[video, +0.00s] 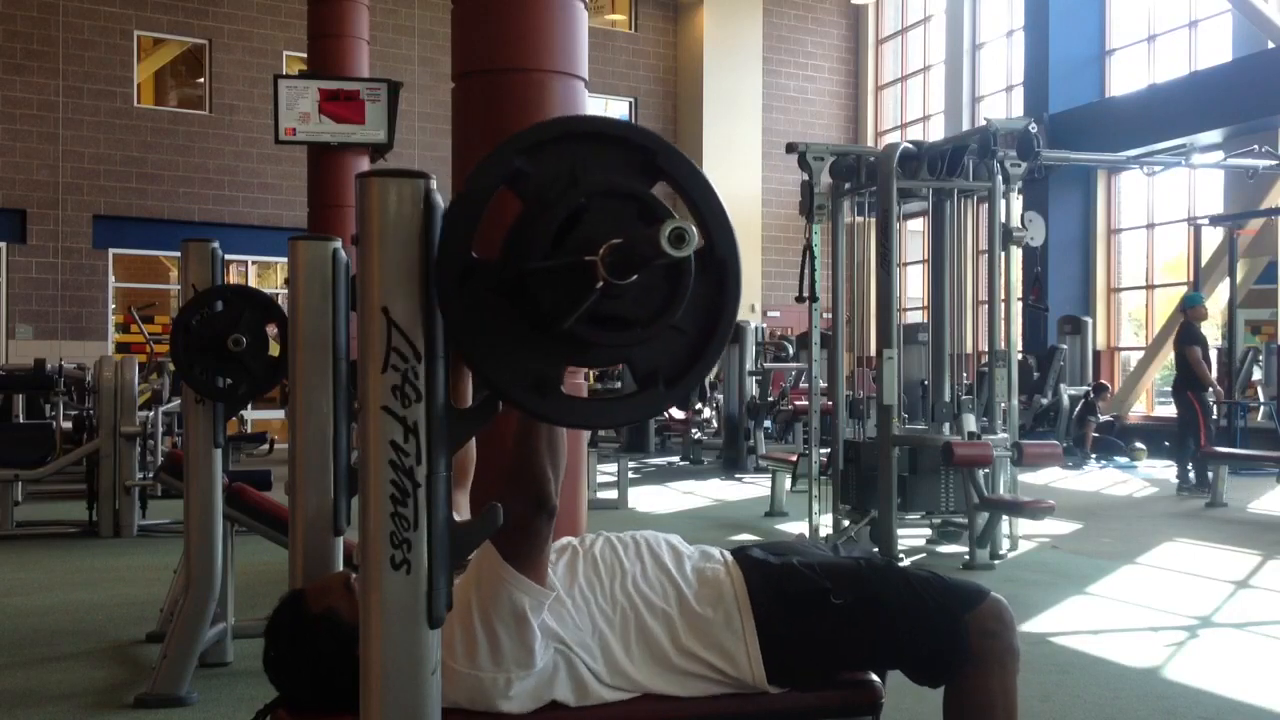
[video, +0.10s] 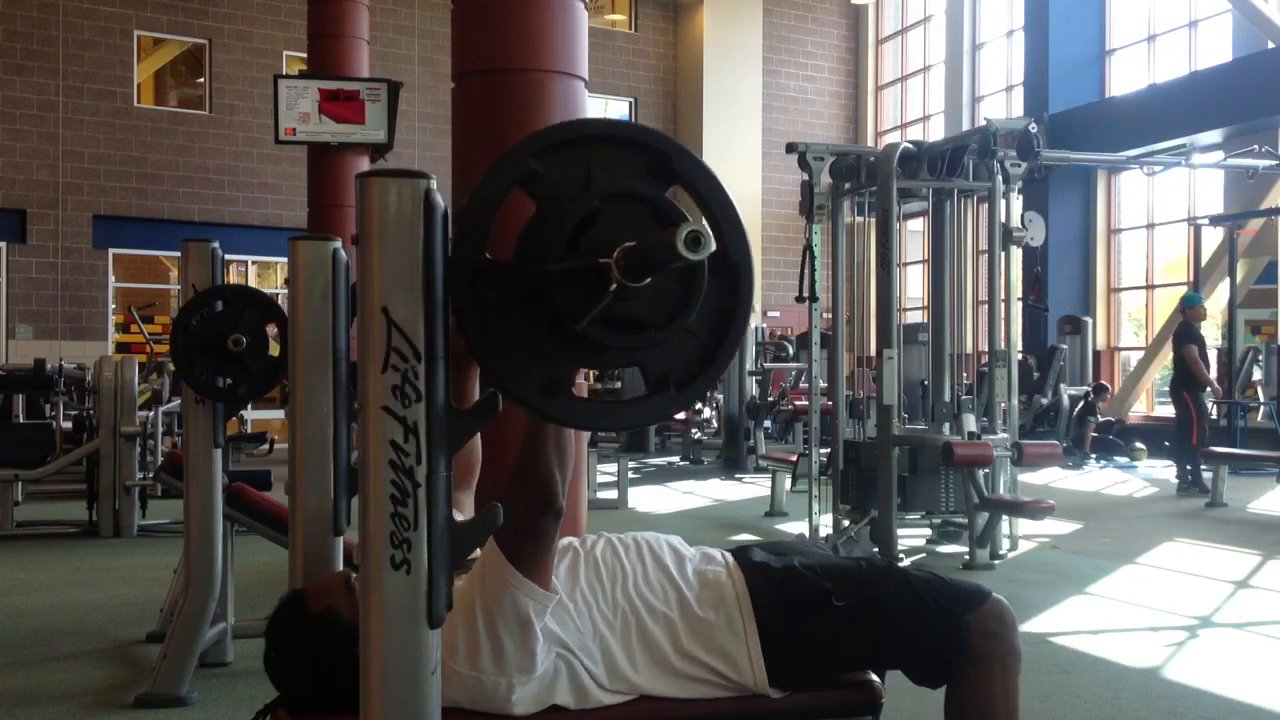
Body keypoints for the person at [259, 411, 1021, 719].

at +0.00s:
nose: (356, 563)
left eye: (336, 567)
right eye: (343, 582)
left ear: (342, 659)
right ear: (358, 634)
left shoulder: (450, 648)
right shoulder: (468, 662)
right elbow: (532, 503)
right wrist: (519, 343)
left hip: (716, 610)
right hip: (750, 604)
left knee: (860, 686)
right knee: (983, 627)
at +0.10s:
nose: (356, 570)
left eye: (338, 577)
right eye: (345, 588)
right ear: (363, 637)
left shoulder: (453, 659)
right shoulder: (473, 672)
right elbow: (529, 502)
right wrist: (536, 317)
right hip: (740, 615)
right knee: (981, 623)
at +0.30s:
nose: (364, 566)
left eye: (347, 570)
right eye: (350, 583)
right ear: (361, 635)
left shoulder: (452, 634)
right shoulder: (484, 666)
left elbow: (461, 483)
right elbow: (550, 515)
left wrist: (476, 372)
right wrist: (551, 342)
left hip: (724, 581)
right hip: (750, 612)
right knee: (986, 626)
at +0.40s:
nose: (365, 565)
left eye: (348, 569)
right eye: (351, 583)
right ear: (361, 639)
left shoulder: (438, 616)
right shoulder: (481, 669)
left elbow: (459, 480)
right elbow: (554, 513)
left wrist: (478, 368)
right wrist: (550, 347)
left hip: (722, 576)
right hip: (748, 610)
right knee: (987, 626)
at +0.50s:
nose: (363, 573)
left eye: (349, 575)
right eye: (351, 590)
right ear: (366, 649)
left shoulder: (449, 629)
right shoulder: (482, 676)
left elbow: (463, 484)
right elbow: (552, 517)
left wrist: (480, 374)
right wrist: (560, 347)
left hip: (719, 580)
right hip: (747, 614)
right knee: (985, 625)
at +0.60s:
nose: (359, 576)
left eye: (343, 579)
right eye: (347, 592)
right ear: (358, 647)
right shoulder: (477, 677)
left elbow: (466, 481)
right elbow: (550, 523)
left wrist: (480, 377)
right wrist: (559, 351)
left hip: (722, 578)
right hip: (747, 614)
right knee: (984, 624)